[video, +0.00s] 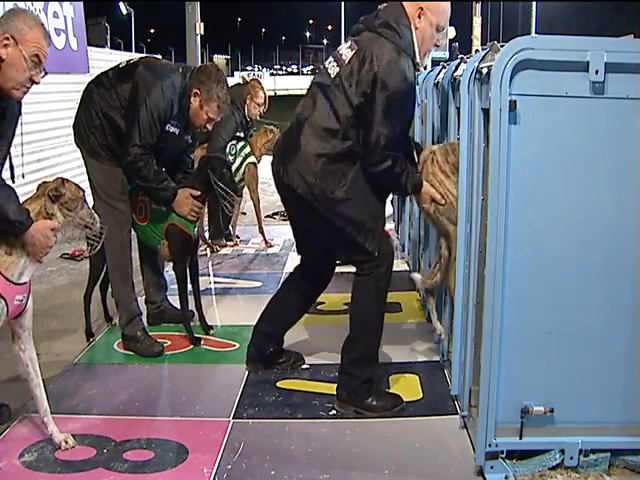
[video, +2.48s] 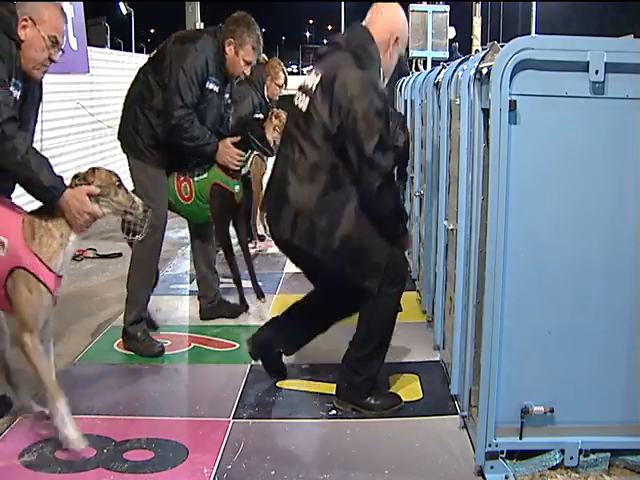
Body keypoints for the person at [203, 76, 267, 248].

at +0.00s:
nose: (260, 111)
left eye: (262, 106)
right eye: (258, 105)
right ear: (247, 100)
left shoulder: (247, 119)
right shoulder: (231, 116)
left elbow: (247, 141)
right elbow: (215, 150)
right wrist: (225, 178)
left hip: (223, 156)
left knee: (232, 190)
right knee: (217, 192)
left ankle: (226, 230)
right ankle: (216, 235)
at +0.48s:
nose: (261, 95)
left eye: (263, 91)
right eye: (259, 90)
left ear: (248, 86)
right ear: (247, 86)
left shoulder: (245, 104)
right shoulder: (231, 104)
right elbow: (213, 135)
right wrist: (220, 169)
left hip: (222, 149)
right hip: (211, 151)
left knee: (225, 189)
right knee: (218, 190)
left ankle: (223, 229)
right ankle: (217, 231)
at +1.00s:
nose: (261, 98)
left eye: (263, 94)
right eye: (259, 93)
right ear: (246, 88)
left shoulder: (244, 103)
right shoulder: (230, 104)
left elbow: (241, 127)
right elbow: (219, 132)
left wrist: (253, 139)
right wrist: (235, 153)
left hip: (222, 149)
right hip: (207, 150)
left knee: (224, 193)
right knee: (213, 195)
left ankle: (223, 229)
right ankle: (213, 233)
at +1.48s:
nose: (257, 102)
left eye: (259, 98)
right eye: (255, 97)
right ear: (242, 92)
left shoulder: (240, 106)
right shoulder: (221, 104)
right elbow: (216, 133)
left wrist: (249, 146)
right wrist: (234, 154)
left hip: (223, 152)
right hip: (207, 153)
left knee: (224, 195)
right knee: (213, 196)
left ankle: (223, 229)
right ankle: (213, 232)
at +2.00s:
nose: (262, 96)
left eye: (263, 92)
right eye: (260, 91)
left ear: (251, 87)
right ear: (247, 85)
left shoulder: (244, 98)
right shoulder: (224, 100)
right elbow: (222, 131)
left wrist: (254, 130)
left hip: (231, 143)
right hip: (211, 145)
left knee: (236, 185)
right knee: (216, 188)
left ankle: (231, 224)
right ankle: (214, 229)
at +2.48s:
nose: (280, 90)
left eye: (282, 86)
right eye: (278, 85)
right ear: (267, 80)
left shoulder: (268, 99)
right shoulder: (248, 95)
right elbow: (244, 125)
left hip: (257, 147)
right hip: (242, 149)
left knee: (255, 191)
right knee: (249, 193)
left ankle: (254, 229)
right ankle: (249, 232)